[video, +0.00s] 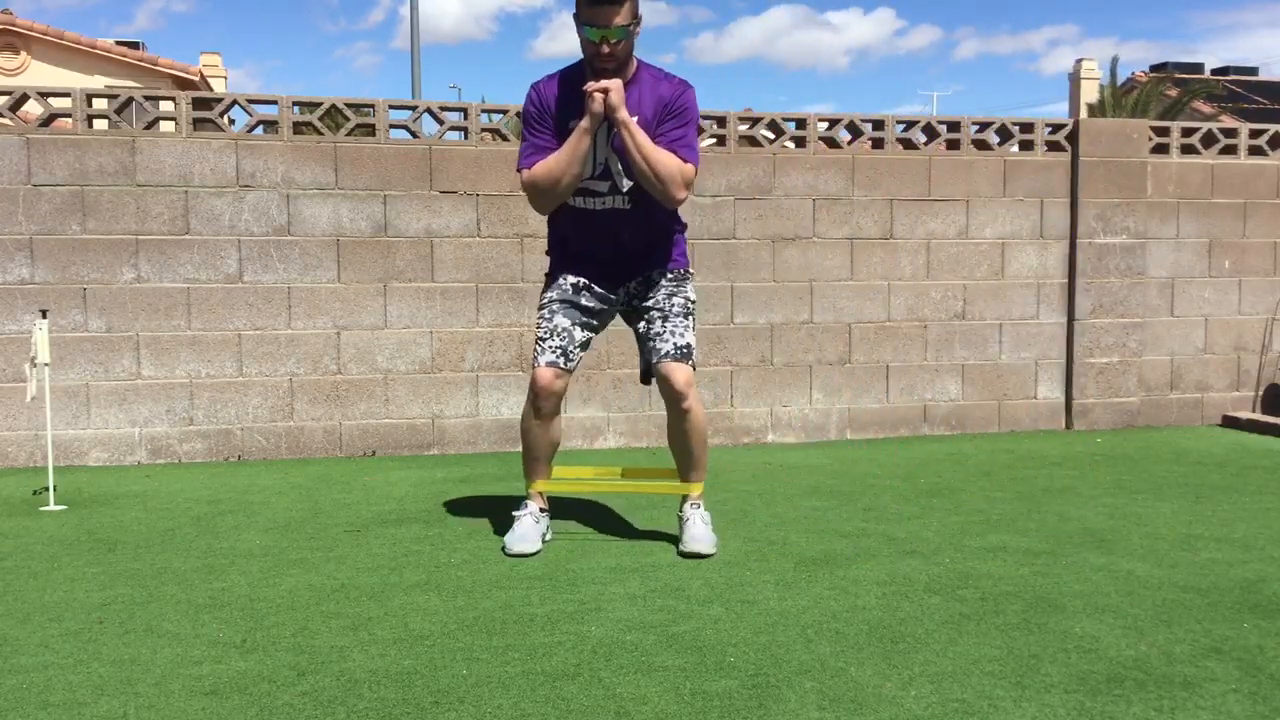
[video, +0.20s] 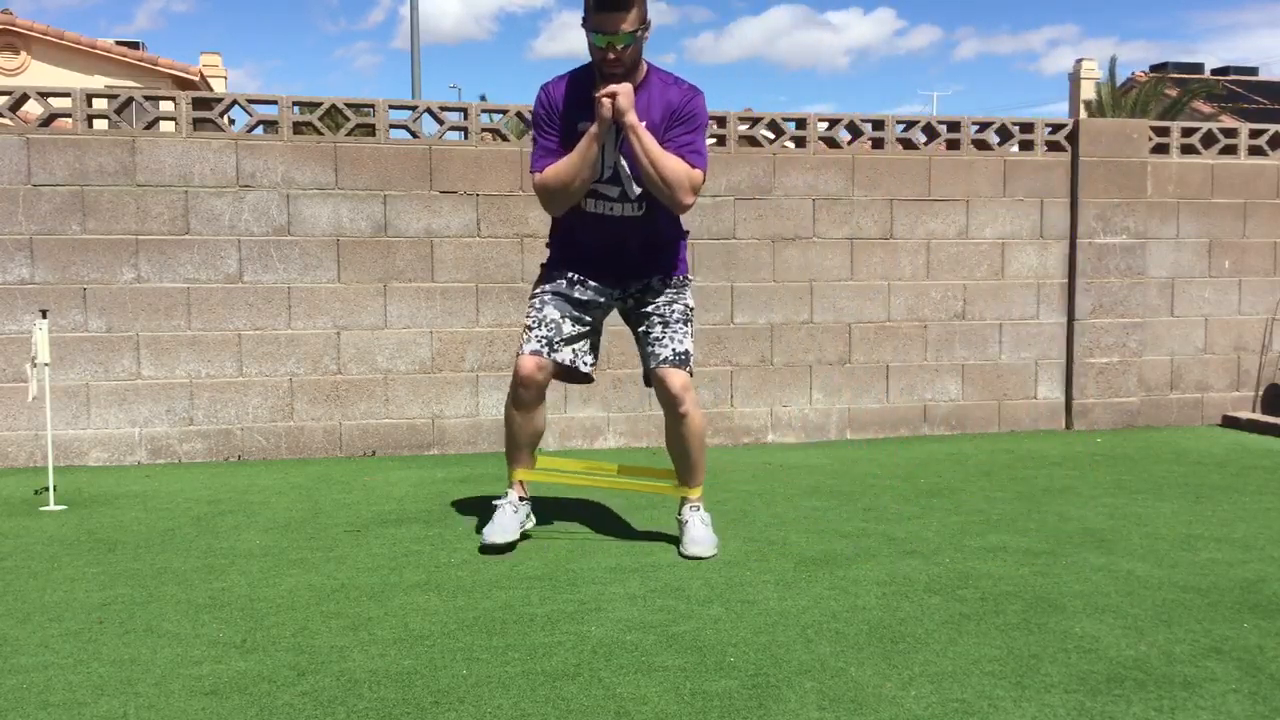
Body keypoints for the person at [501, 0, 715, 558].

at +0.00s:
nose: (604, 46)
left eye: (616, 34)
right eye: (592, 33)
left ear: (637, 24)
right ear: (577, 24)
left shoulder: (672, 94)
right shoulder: (548, 95)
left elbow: (676, 190)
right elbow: (541, 198)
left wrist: (622, 118)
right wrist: (589, 123)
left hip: (657, 265)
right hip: (578, 266)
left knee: (678, 382)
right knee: (544, 384)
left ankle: (694, 505)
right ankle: (534, 505)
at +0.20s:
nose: (613, 51)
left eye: (625, 39)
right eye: (601, 38)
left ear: (645, 29)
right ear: (585, 29)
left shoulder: (681, 99)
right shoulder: (557, 96)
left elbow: (683, 196)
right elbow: (552, 199)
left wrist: (632, 126)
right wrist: (600, 127)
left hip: (657, 270)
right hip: (576, 265)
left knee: (675, 384)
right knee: (528, 374)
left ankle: (694, 507)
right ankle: (516, 499)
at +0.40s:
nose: (593, 51)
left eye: (606, 40)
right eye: (582, 38)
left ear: (627, 30)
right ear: (567, 28)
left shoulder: (660, 101)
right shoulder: (536, 95)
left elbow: (663, 196)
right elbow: (526, 198)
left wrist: (612, 126)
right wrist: (580, 127)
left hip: (628, 276)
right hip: (542, 270)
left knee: (656, 388)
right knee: (471, 375)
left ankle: (691, 506)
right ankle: (407, 493)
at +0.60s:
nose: (518, 70)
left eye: (531, 58)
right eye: (507, 58)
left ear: (552, 52)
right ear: (492, 51)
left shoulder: (584, 124)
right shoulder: (462, 121)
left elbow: (590, 211)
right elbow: (453, 218)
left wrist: (535, 142)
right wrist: (504, 148)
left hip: (565, 295)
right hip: (480, 291)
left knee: (620, 402)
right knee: (400, 397)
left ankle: (688, 509)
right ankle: (340, 508)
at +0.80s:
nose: (416, 56)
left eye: (429, 46)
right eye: (407, 44)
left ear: (453, 39)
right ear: (394, 34)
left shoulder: (489, 109)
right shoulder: (365, 99)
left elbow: (485, 201)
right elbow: (340, 194)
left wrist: (431, 127)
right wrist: (398, 129)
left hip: (479, 275)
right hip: (396, 275)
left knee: (526, 377)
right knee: (341, 387)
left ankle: (608, 490)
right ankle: (330, 509)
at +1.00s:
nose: (365, 39)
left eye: (378, 28)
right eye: (355, 28)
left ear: (404, 20)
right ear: (343, 22)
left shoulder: (445, 89)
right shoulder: (321, 84)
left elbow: (444, 182)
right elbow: (305, 183)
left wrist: (385, 110)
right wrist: (352, 116)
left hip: (440, 253)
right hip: (363, 256)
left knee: (451, 364)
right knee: (330, 381)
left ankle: (487, 492)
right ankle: (329, 508)